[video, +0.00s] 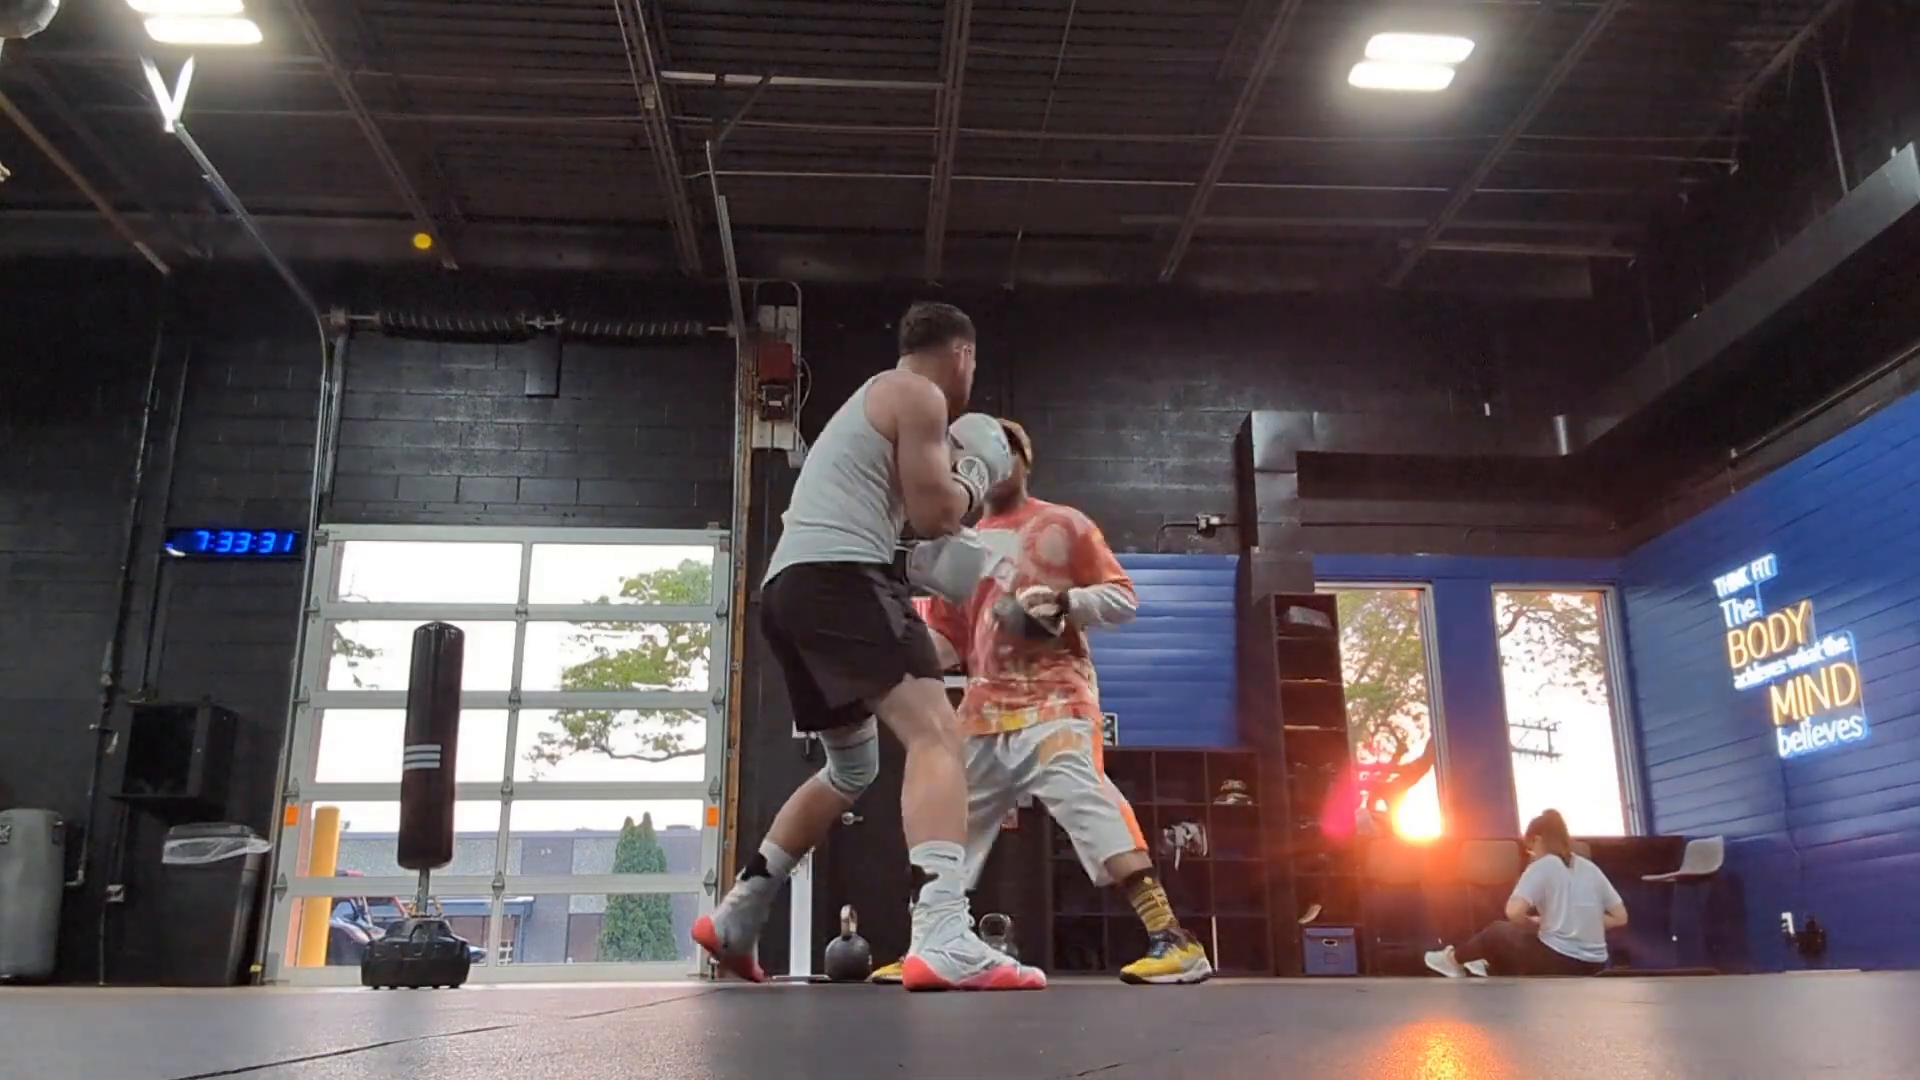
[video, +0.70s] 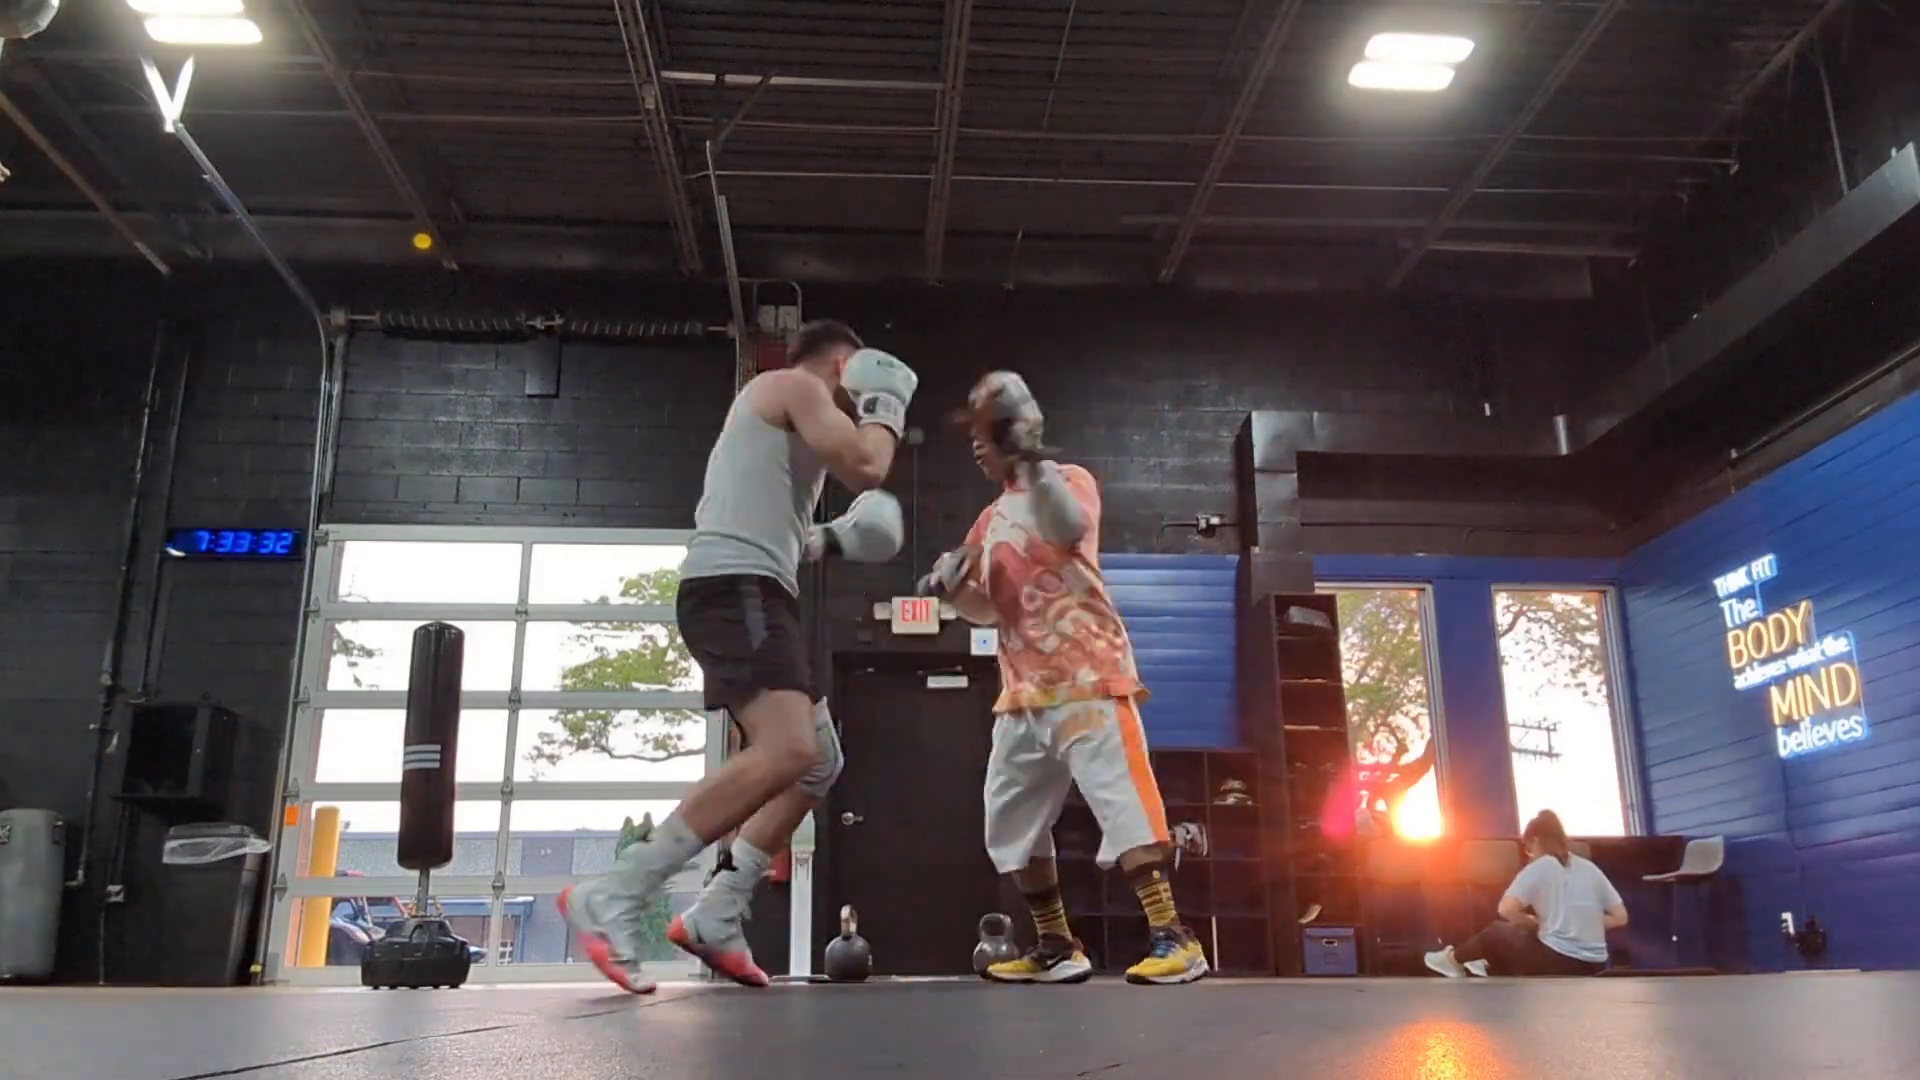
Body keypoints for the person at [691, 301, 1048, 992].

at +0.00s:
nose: (973, 378)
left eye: (974, 365)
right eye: (974, 363)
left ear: (906, 352)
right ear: (960, 356)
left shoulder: (868, 403)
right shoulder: (919, 394)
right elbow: (931, 511)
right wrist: (968, 481)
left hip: (784, 592)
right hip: (839, 578)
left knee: (848, 769)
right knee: (936, 737)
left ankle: (737, 917)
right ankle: (942, 934)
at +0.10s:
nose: (998, 419)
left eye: (1000, 409)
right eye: (998, 404)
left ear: (952, 383)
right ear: (976, 384)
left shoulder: (873, 430)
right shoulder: (906, 413)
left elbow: (876, 551)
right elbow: (919, 532)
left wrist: (938, 561)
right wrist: (986, 483)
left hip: (774, 598)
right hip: (828, 586)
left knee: (841, 779)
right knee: (944, 739)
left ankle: (739, 933)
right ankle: (943, 936)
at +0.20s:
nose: (982, 509)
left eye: (992, 500)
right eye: (993, 493)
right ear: (978, 465)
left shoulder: (861, 477)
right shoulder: (924, 464)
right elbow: (916, 586)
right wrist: (990, 542)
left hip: (751, 624)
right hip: (821, 609)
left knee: (829, 779)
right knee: (969, 745)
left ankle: (725, 934)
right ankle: (948, 935)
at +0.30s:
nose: (957, 562)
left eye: (960, 552)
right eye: (960, 544)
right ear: (949, 514)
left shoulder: (832, 524)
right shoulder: (929, 516)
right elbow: (915, 623)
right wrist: (975, 613)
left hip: (742, 649)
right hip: (830, 629)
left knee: (804, 785)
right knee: (986, 767)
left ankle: (714, 944)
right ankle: (951, 935)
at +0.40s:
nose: (911, 534)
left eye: (910, 527)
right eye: (909, 524)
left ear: (848, 495)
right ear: (899, 505)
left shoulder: (775, 516)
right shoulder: (902, 520)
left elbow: (752, 598)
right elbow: (906, 627)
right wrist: (927, 624)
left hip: (738, 655)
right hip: (829, 637)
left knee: (787, 783)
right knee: (969, 775)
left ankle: (715, 945)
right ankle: (955, 929)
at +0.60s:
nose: (877, 433)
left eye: (877, 425)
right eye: (874, 421)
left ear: (817, 406)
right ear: (858, 408)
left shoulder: (762, 456)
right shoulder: (842, 426)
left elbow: (747, 547)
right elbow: (913, 518)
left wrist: (813, 585)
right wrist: (923, 468)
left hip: (699, 613)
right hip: (754, 591)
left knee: (797, 777)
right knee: (848, 744)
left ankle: (728, 934)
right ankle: (775, 915)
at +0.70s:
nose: (855, 388)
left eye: (857, 377)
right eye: (855, 375)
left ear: (804, 358)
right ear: (839, 363)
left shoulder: (785, 421)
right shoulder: (791, 385)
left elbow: (771, 540)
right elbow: (868, 465)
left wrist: (833, 537)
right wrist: (884, 408)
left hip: (766, 592)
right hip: (733, 583)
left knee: (815, 762)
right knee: (786, 749)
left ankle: (716, 914)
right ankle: (616, 891)